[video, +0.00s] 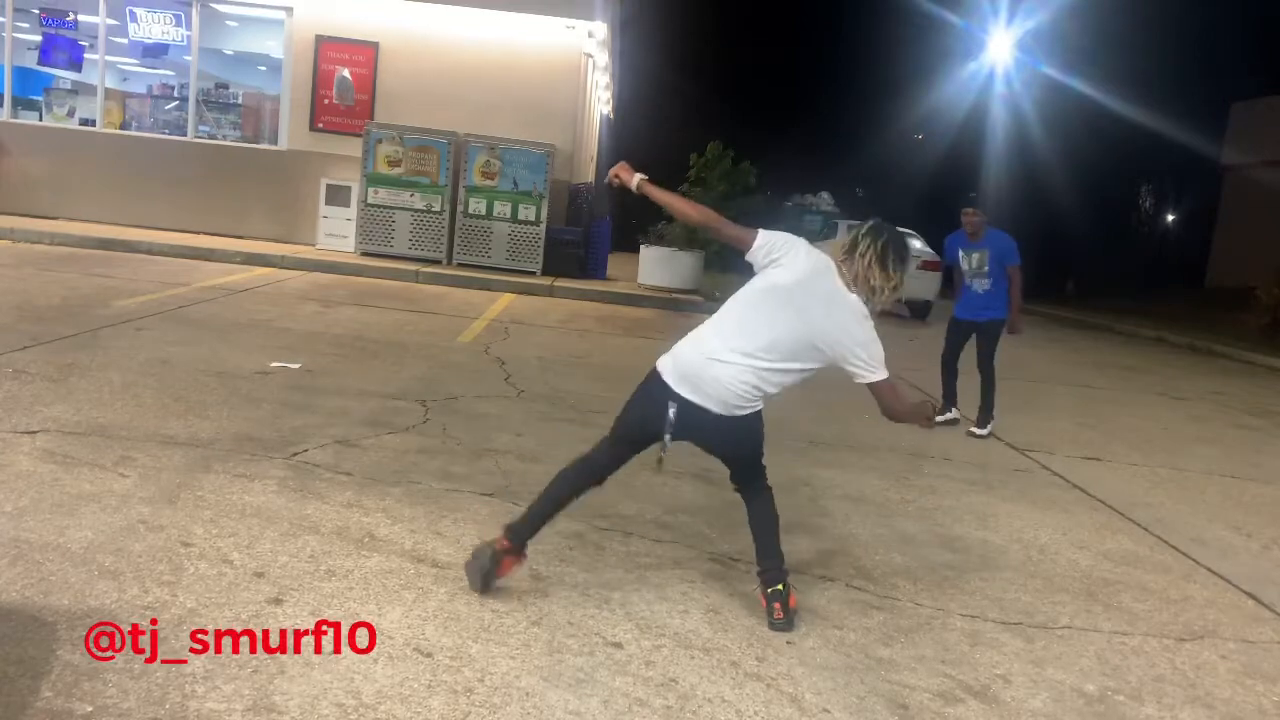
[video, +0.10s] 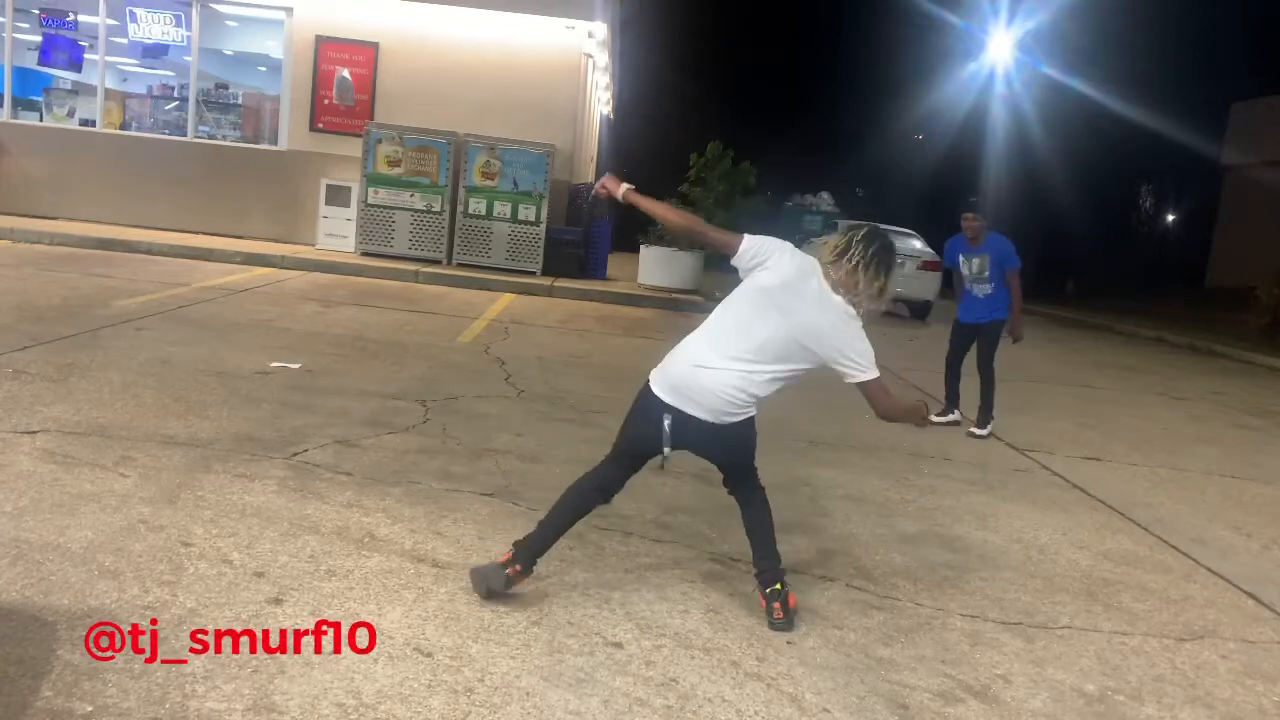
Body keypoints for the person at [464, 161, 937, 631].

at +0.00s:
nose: (886, 292)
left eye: (890, 283)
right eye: (888, 282)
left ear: (850, 249)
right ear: (873, 270)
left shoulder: (794, 250)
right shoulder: (852, 323)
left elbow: (717, 225)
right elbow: (895, 405)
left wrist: (644, 186)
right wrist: (933, 411)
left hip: (667, 383)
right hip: (730, 416)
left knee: (599, 461)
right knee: (754, 488)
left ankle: (513, 542)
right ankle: (776, 596)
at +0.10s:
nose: (872, 300)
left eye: (877, 291)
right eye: (874, 290)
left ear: (835, 254)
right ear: (856, 273)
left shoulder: (779, 254)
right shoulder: (840, 325)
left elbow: (699, 231)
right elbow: (887, 406)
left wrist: (630, 196)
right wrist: (924, 410)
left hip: (660, 394)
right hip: (723, 421)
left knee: (610, 472)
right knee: (746, 490)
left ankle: (519, 559)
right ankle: (775, 594)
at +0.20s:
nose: (868, 289)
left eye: (867, 277)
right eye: (870, 279)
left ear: (829, 250)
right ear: (860, 276)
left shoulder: (774, 255)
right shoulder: (839, 326)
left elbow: (694, 235)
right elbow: (885, 408)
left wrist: (623, 207)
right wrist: (918, 415)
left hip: (661, 394)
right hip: (723, 421)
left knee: (613, 473)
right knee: (743, 486)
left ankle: (524, 552)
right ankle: (774, 591)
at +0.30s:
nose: (867, 291)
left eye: (866, 279)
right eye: (868, 280)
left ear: (826, 252)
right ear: (857, 274)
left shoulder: (771, 256)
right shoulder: (837, 326)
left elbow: (689, 236)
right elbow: (880, 409)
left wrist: (618, 213)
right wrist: (913, 419)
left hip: (660, 392)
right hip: (722, 419)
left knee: (612, 473)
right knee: (742, 485)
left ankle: (519, 551)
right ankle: (774, 592)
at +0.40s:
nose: (863, 294)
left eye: (863, 283)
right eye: (865, 284)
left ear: (824, 254)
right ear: (855, 277)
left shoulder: (770, 256)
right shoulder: (835, 326)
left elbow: (690, 236)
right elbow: (876, 409)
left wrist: (616, 210)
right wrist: (909, 418)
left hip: (660, 390)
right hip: (723, 417)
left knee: (609, 470)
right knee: (744, 487)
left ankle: (525, 555)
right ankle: (774, 593)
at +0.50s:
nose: (862, 294)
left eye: (860, 282)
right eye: (865, 284)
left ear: (826, 250)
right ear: (856, 278)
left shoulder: (771, 252)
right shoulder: (834, 322)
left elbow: (687, 232)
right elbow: (871, 408)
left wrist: (617, 203)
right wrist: (894, 418)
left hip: (661, 391)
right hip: (724, 418)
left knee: (610, 468)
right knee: (746, 488)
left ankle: (520, 550)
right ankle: (776, 592)